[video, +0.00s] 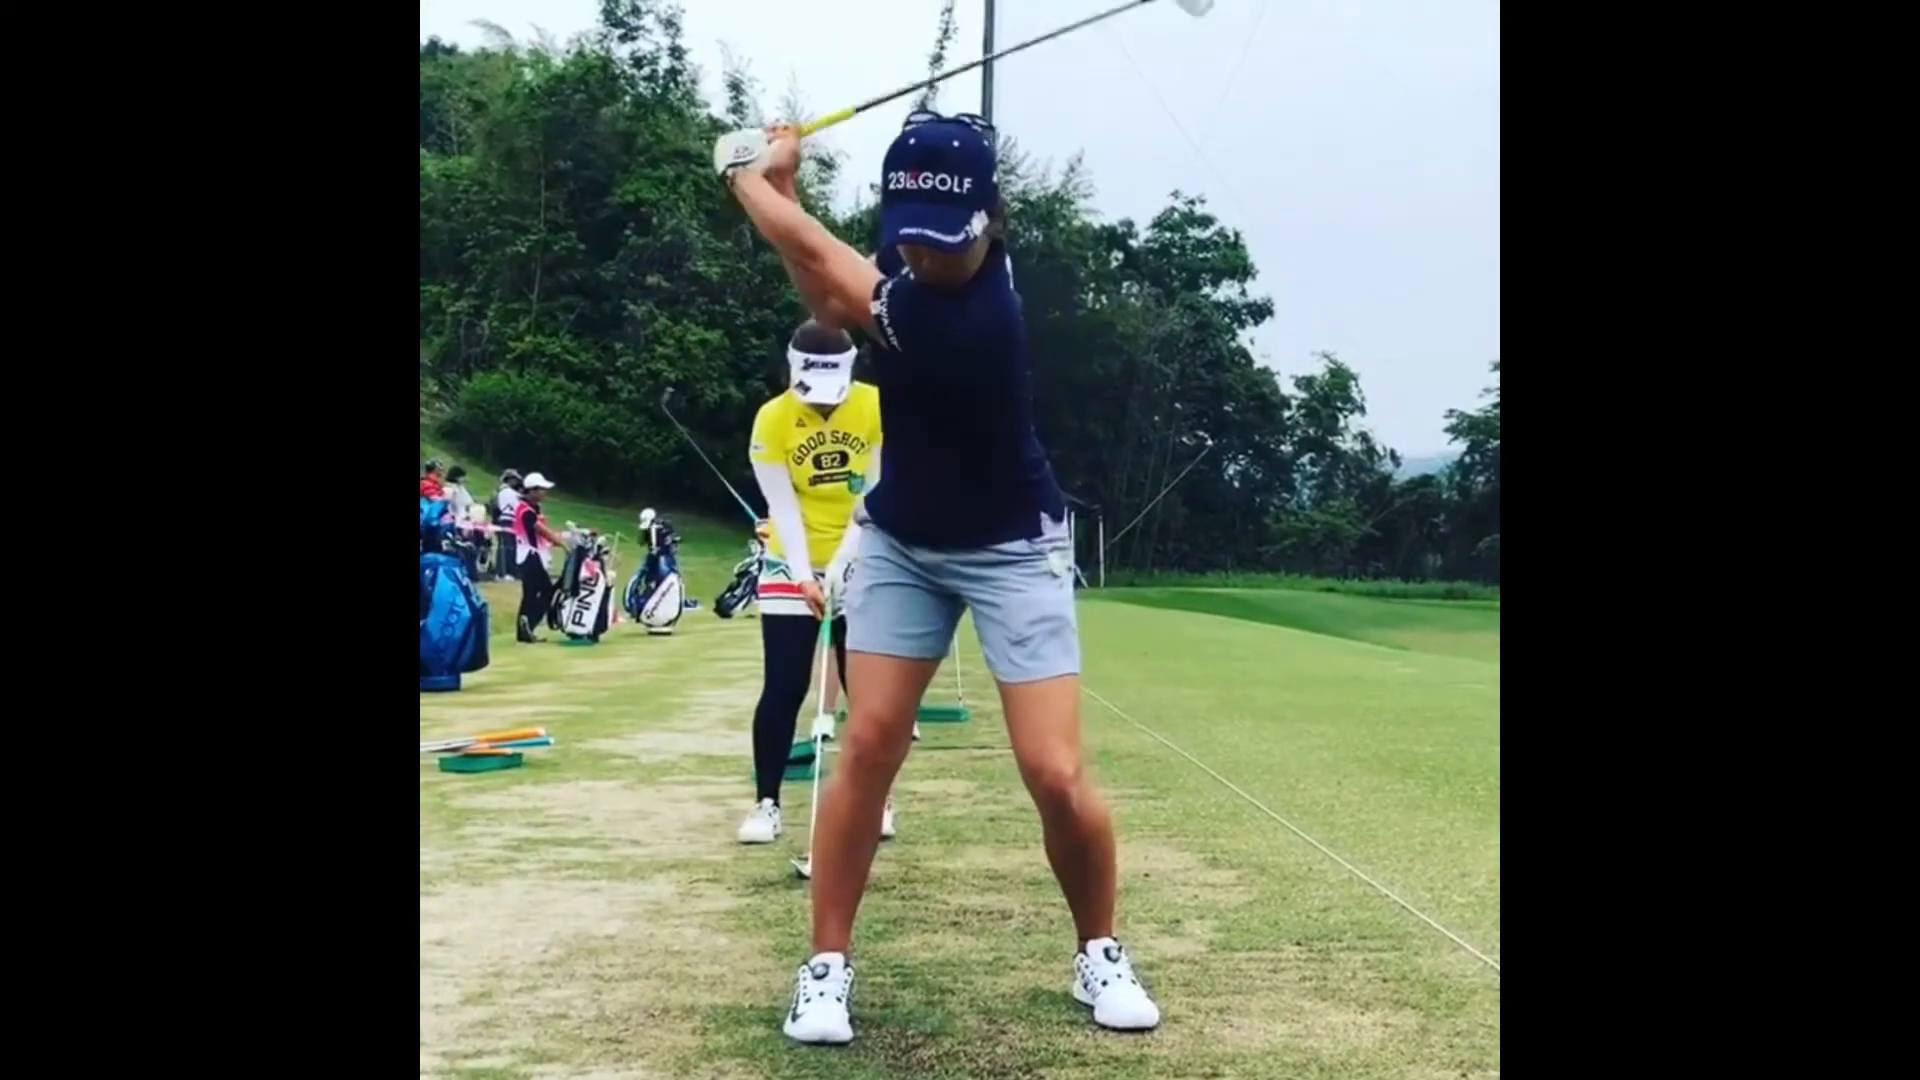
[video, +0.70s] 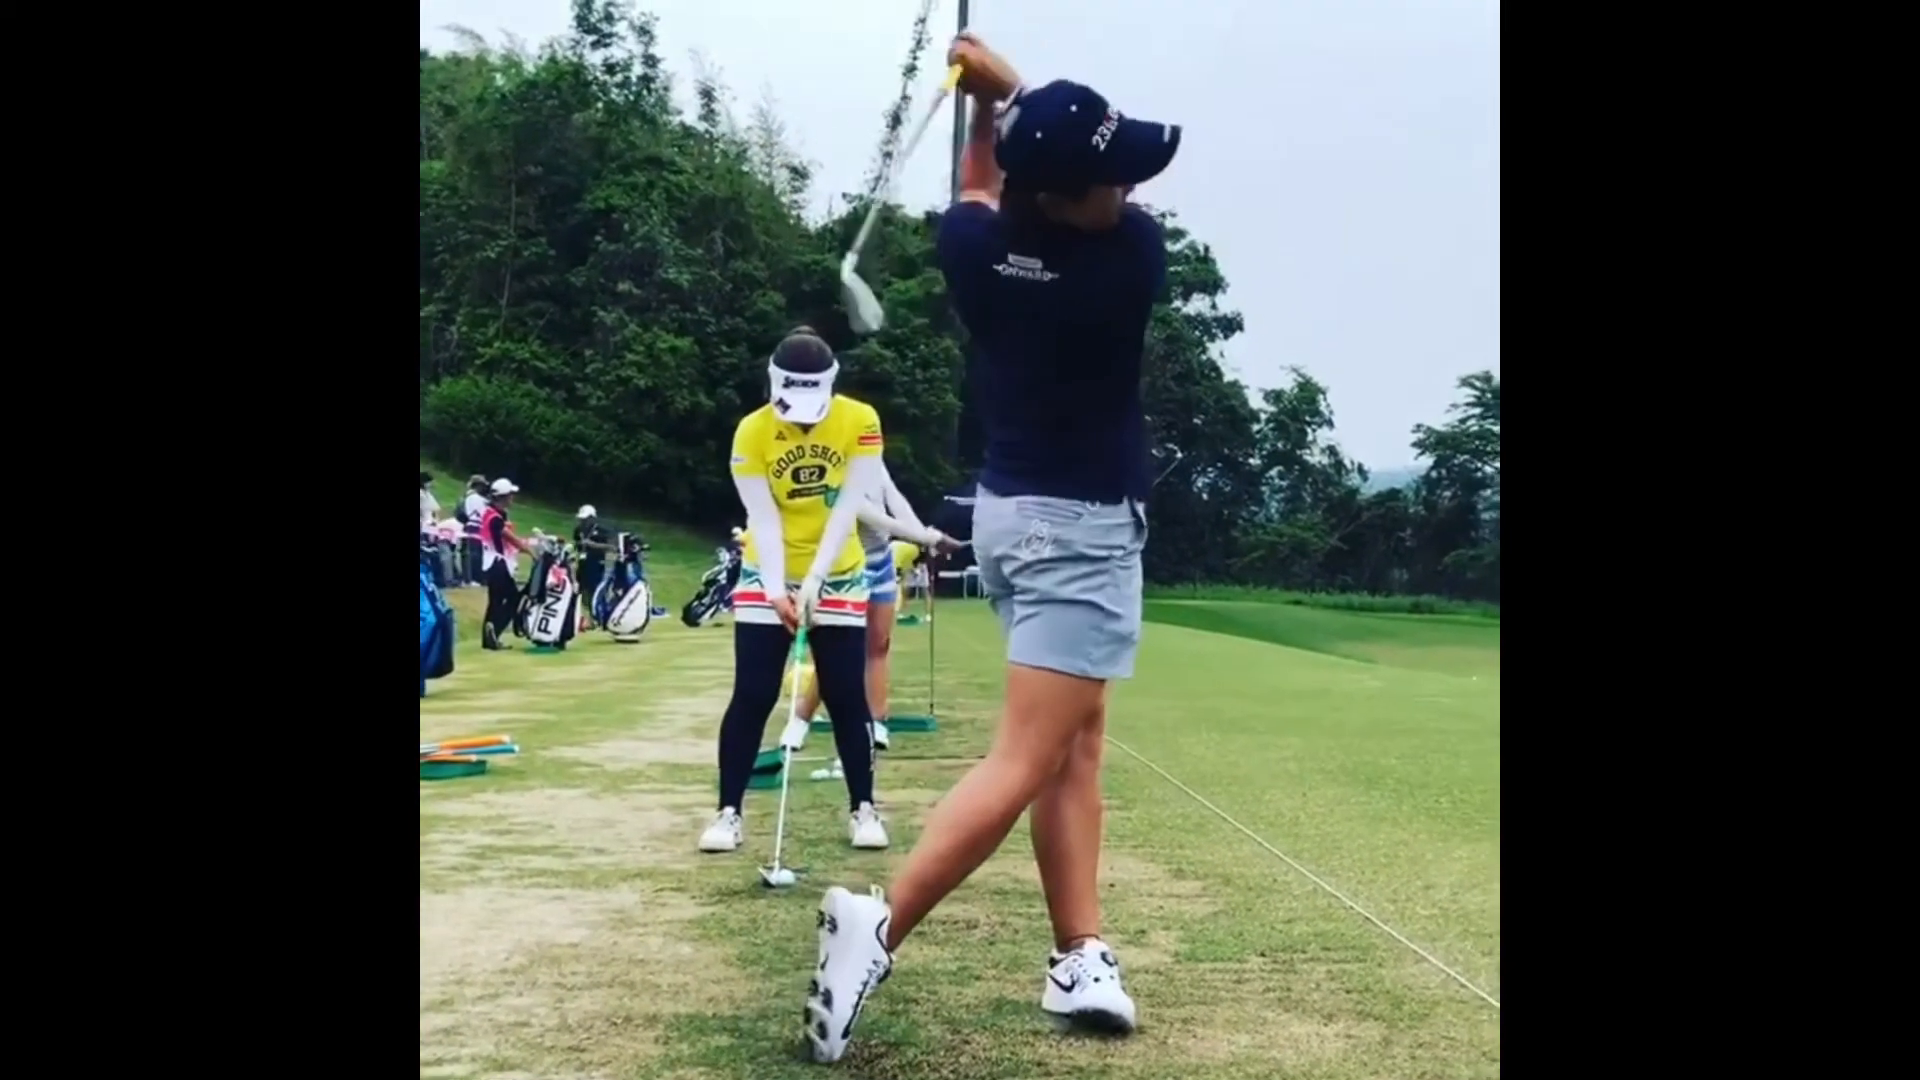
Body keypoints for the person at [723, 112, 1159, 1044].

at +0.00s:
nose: (930, 253)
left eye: (952, 233)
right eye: (914, 233)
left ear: (991, 213)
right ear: (891, 212)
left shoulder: (972, 309)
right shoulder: (902, 270)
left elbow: (809, 254)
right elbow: (832, 295)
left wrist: (747, 175)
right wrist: (782, 188)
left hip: (1017, 550)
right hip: (900, 541)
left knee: (1057, 775)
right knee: (870, 737)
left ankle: (1100, 951)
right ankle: (826, 962)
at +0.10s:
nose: (939, 260)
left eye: (958, 239)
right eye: (921, 242)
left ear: (999, 217)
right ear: (896, 224)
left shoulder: (991, 312)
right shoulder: (911, 286)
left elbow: (826, 251)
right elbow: (848, 306)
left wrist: (773, 175)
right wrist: (811, 192)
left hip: (1025, 555)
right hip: (908, 548)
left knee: (1062, 775)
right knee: (870, 743)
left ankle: (1099, 953)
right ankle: (825, 963)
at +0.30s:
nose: (984, 276)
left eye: (987, 254)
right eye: (961, 270)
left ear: (994, 217)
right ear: (915, 261)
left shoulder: (1056, 256)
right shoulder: (895, 327)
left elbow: (1063, 416)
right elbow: (932, 475)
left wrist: (1042, 550)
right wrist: (989, 567)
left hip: (1083, 524)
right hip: (973, 541)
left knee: (1117, 722)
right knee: (951, 748)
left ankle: (1108, 953)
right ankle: (829, 958)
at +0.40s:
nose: (997, 280)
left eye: (998, 254)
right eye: (973, 273)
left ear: (996, 217)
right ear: (928, 265)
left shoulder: (1014, 214)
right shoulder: (949, 356)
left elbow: (1105, 322)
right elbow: (1104, 423)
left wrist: (1197, 421)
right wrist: (1225, 445)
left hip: (1092, 513)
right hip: (1012, 535)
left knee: (1098, 728)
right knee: (968, 753)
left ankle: (1093, 952)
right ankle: (819, 942)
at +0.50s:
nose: (1034, 249)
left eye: (1033, 231)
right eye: (1013, 242)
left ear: (969, 242)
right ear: (964, 256)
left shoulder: (976, 261)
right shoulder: (1039, 326)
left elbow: (1090, 264)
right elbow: (1142, 284)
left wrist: (1196, 252)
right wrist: (1207, 228)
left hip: (1068, 527)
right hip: (1051, 542)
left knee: (1092, 727)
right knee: (1002, 758)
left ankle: (1088, 951)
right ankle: (833, 920)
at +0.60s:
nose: (1107, 221)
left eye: (1098, 207)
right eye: (1091, 217)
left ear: (999, 204)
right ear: (1042, 223)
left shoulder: (955, 240)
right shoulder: (1101, 280)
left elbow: (1091, 215)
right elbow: (1117, 201)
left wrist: (1120, 136)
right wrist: (1110, 113)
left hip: (1007, 509)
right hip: (1070, 524)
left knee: (1083, 740)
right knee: (1025, 759)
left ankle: (1085, 957)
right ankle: (874, 924)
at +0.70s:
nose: (1130, 184)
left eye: (1124, 169)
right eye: (1114, 177)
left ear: (1022, 183)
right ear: (1070, 192)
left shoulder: (969, 244)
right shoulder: (1132, 252)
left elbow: (976, 180)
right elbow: (1059, 172)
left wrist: (986, 95)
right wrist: (1002, 85)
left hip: (1002, 514)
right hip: (1081, 522)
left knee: (1077, 744)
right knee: (1023, 761)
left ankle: (1081, 958)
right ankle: (878, 927)